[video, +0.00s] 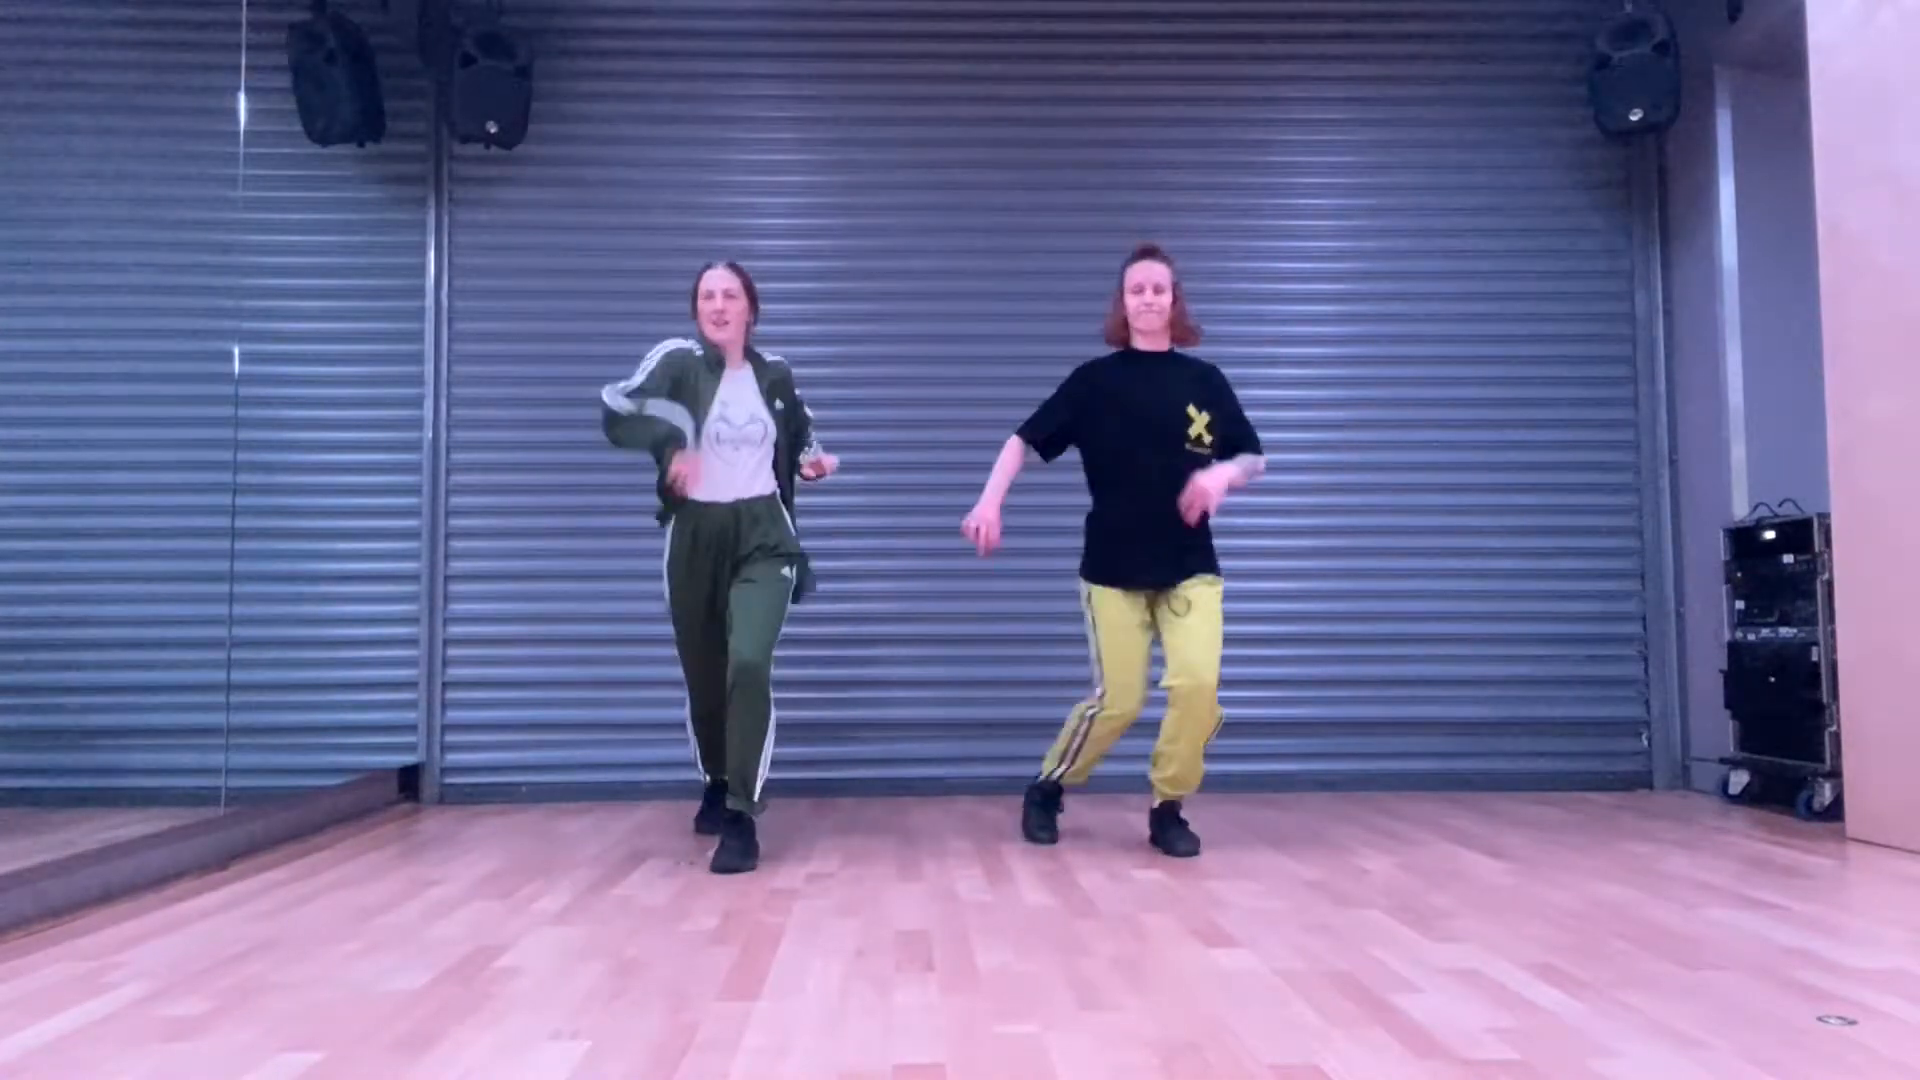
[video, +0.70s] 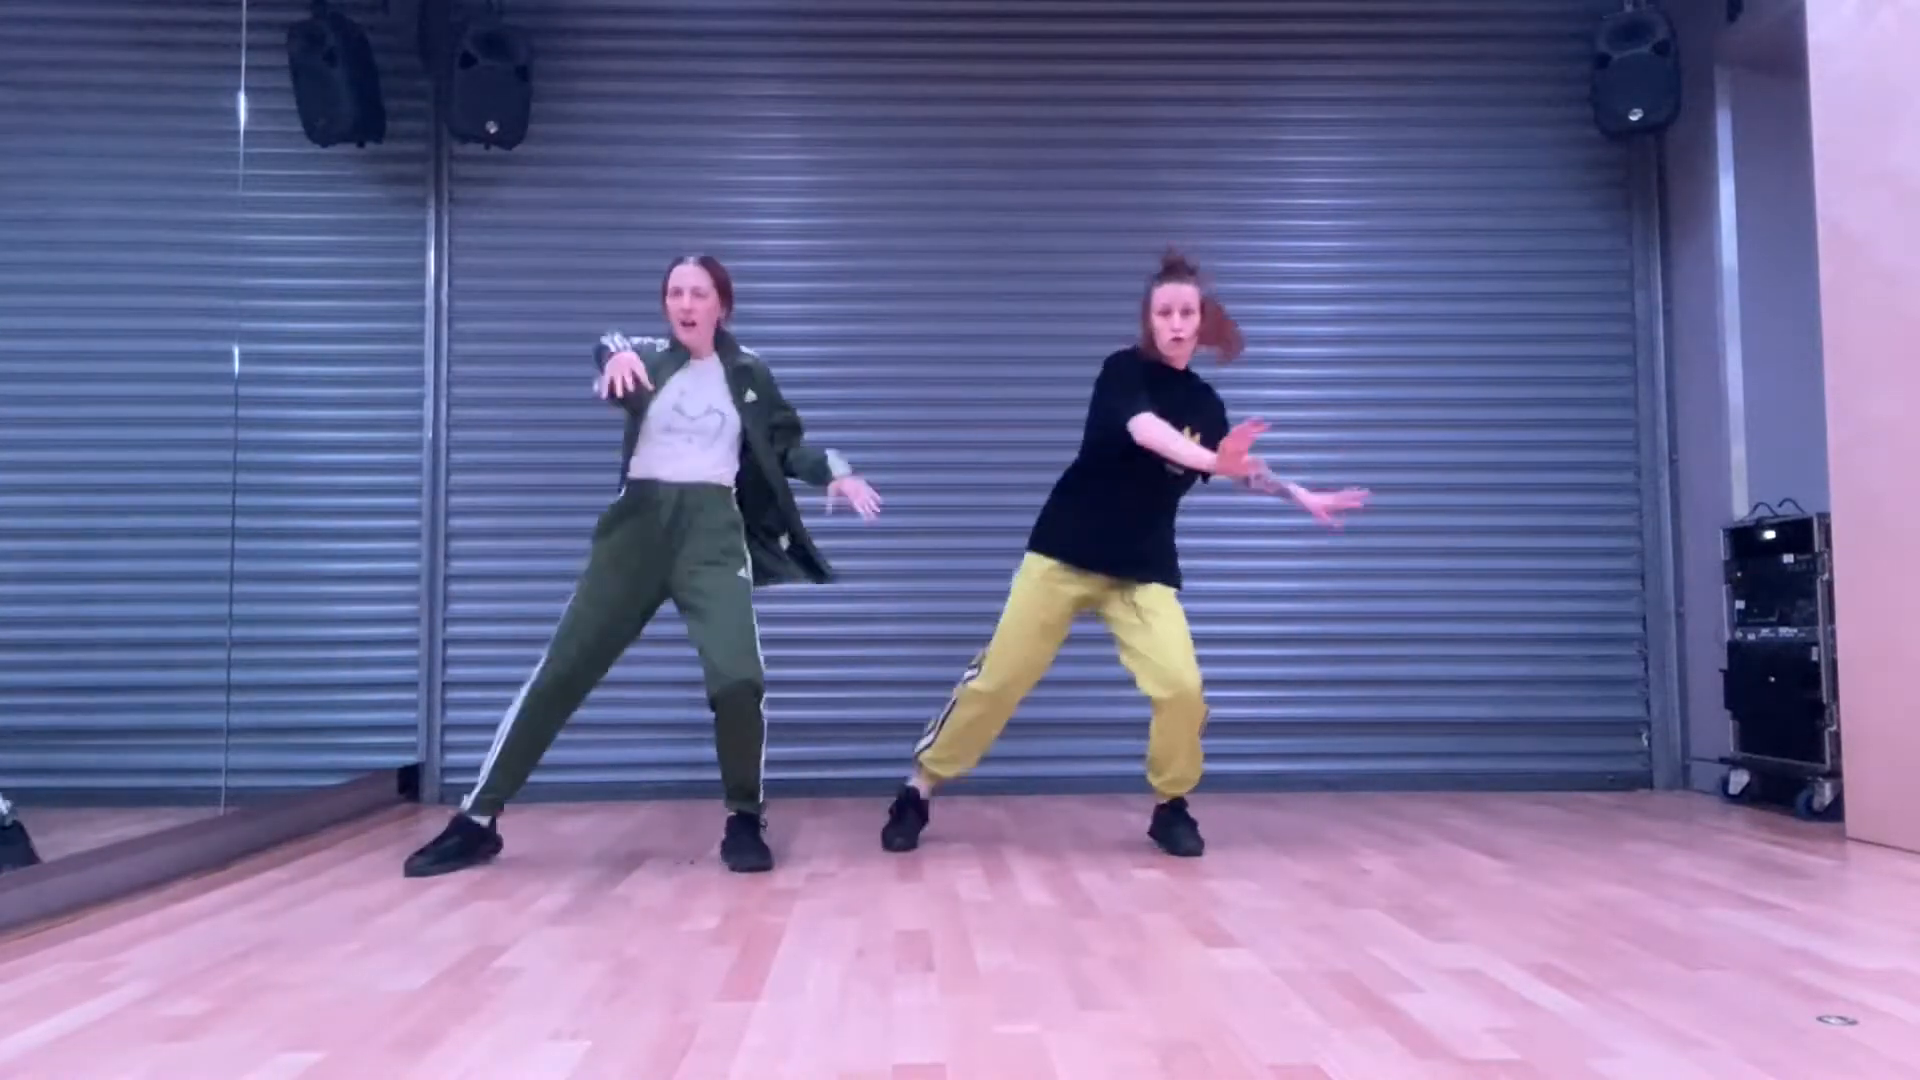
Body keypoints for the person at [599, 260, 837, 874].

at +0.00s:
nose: (718, 305)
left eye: (730, 296)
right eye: (708, 296)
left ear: (751, 309)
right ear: (695, 309)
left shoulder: (774, 374)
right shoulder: (676, 362)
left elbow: (796, 435)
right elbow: (616, 412)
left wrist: (808, 457)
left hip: (765, 534)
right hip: (696, 535)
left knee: (748, 663)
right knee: (703, 672)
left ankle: (740, 814)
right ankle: (716, 784)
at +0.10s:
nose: (722, 294)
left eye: (734, 284)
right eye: (712, 285)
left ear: (755, 299)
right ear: (697, 300)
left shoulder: (778, 377)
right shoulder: (666, 370)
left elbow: (814, 472)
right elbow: (637, 465)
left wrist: (772, 430)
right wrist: (641, 532)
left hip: (769, 513)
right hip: (696, 511)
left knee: (759, 665)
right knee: (712, 677)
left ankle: (743, 815)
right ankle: (705, 774)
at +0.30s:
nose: (704, 291)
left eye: (717, 281)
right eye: (695, 281)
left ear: (740, 295)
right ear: (681, 295)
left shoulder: (758, 364)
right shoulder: (666, 362)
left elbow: (749, 460)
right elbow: (667, 456)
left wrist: (686, 412)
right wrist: (644, 493)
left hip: (750, 512)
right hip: (688, 502)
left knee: (732, 667)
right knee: (658, 528)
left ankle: (735, 819)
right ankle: (616, 547)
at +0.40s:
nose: (699, 290)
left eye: (711, 280)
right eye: (689, 281)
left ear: (735, 293)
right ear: (676, 295)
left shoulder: (772, 361)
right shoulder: (657, 372)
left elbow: (801, 455)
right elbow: (648, 459)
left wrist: (733, 468)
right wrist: (632, 475)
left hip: (750, 516)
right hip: (679, 504)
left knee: (750, 666)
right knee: (601, 515)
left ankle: (739, 819)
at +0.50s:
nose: (700, 297)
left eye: (711, 286)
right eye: (689, 289)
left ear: (737, 296)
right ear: (680, 305)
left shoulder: (784, 368)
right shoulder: (668, 386)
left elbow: (817, 443)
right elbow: (613, 486)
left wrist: (795, 483)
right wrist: (625, 462)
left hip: (742, 531)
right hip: (665, 514)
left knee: (756, 671)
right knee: (553, 563)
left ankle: (742, 821)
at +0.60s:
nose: (698, 304)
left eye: (710, 293)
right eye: (688, 296)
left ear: (736, 303)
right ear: (678, 309)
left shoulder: (772, 375)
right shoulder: (666, 378)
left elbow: (796, 449)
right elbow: (624, 461)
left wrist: (803, 493)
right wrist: (630, 423)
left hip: (737, 520)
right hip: (661, 512)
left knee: (743, 671)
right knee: (549, 620)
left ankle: (742, 821)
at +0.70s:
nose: (686, 304)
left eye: (698, 293)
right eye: (676, 294)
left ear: (722, 305)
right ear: (666, 306)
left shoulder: (748, 373)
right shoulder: (646, 361)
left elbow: (785, 446)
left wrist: (835, 474)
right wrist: (616, 359)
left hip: (712, 528)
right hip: (636, 523)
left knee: (739, 679)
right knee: (563, 669)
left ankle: (744, 821)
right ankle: (477, 819)